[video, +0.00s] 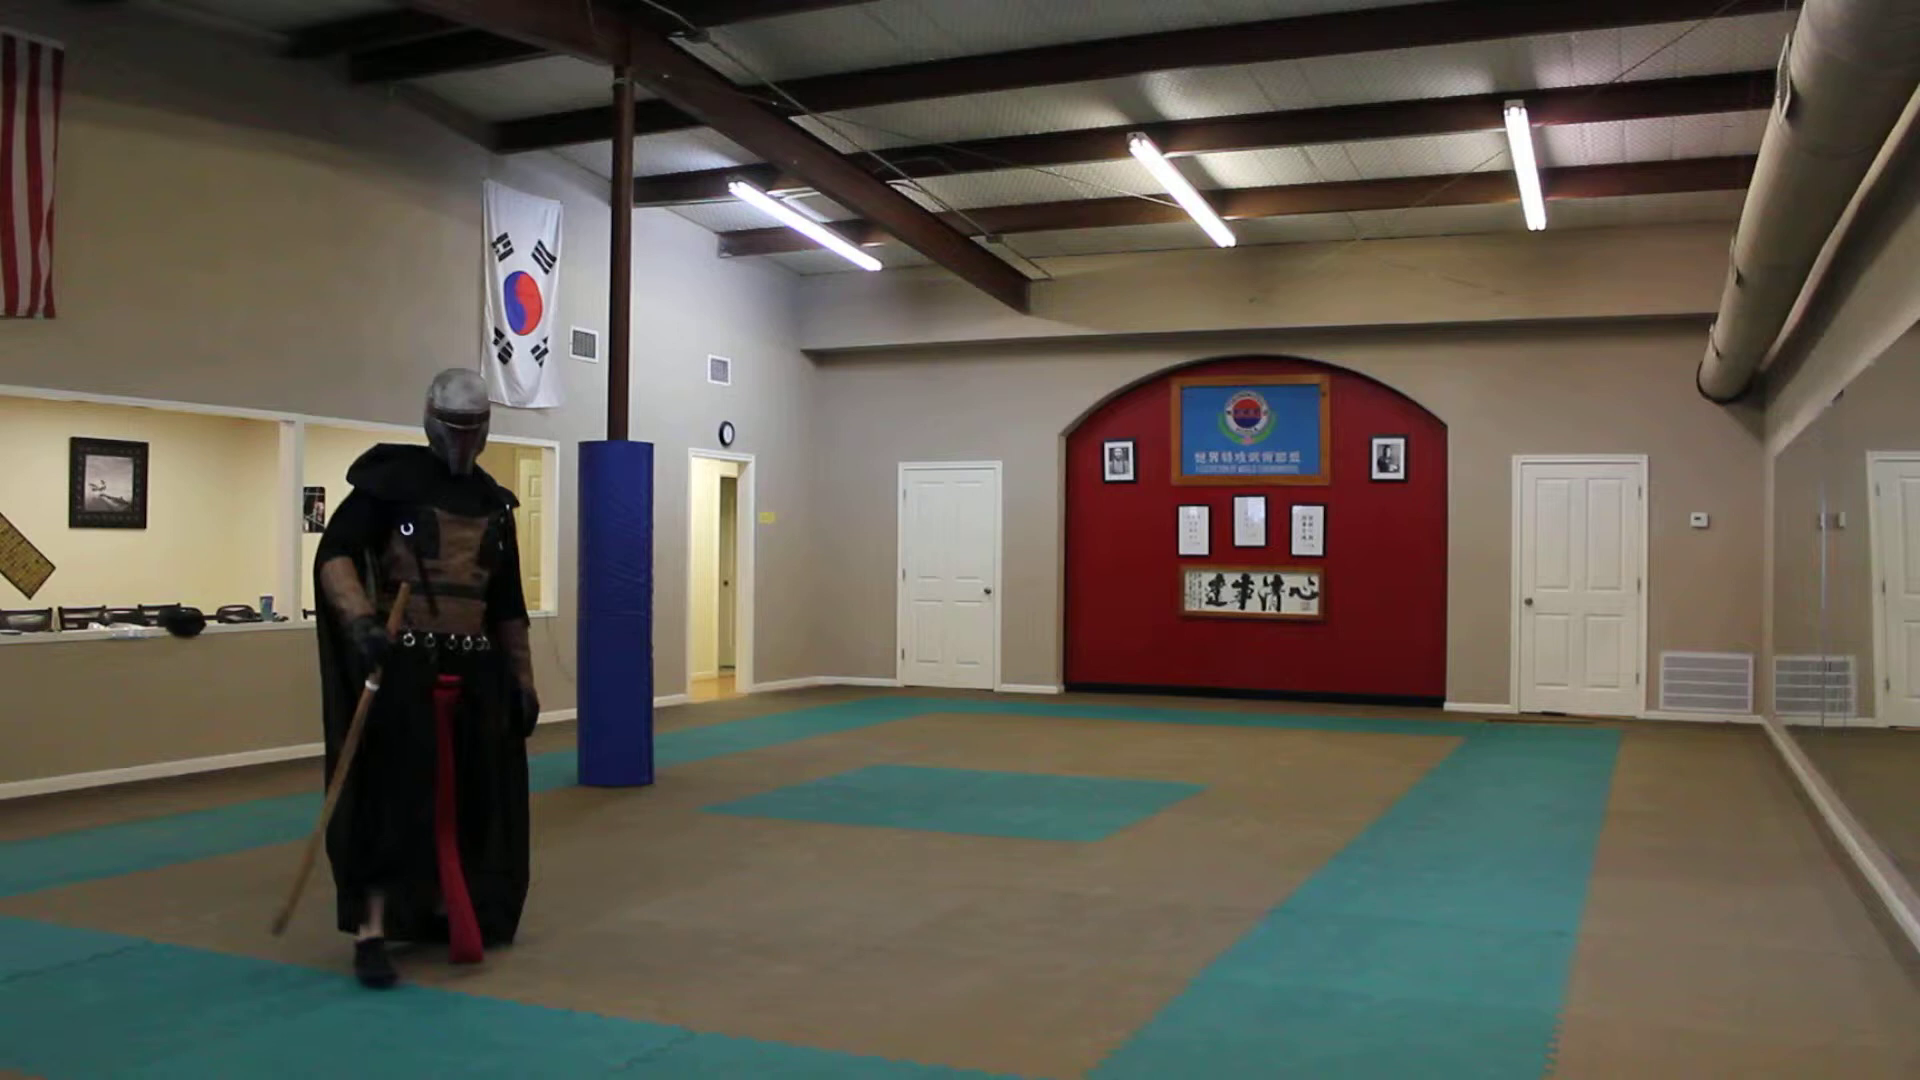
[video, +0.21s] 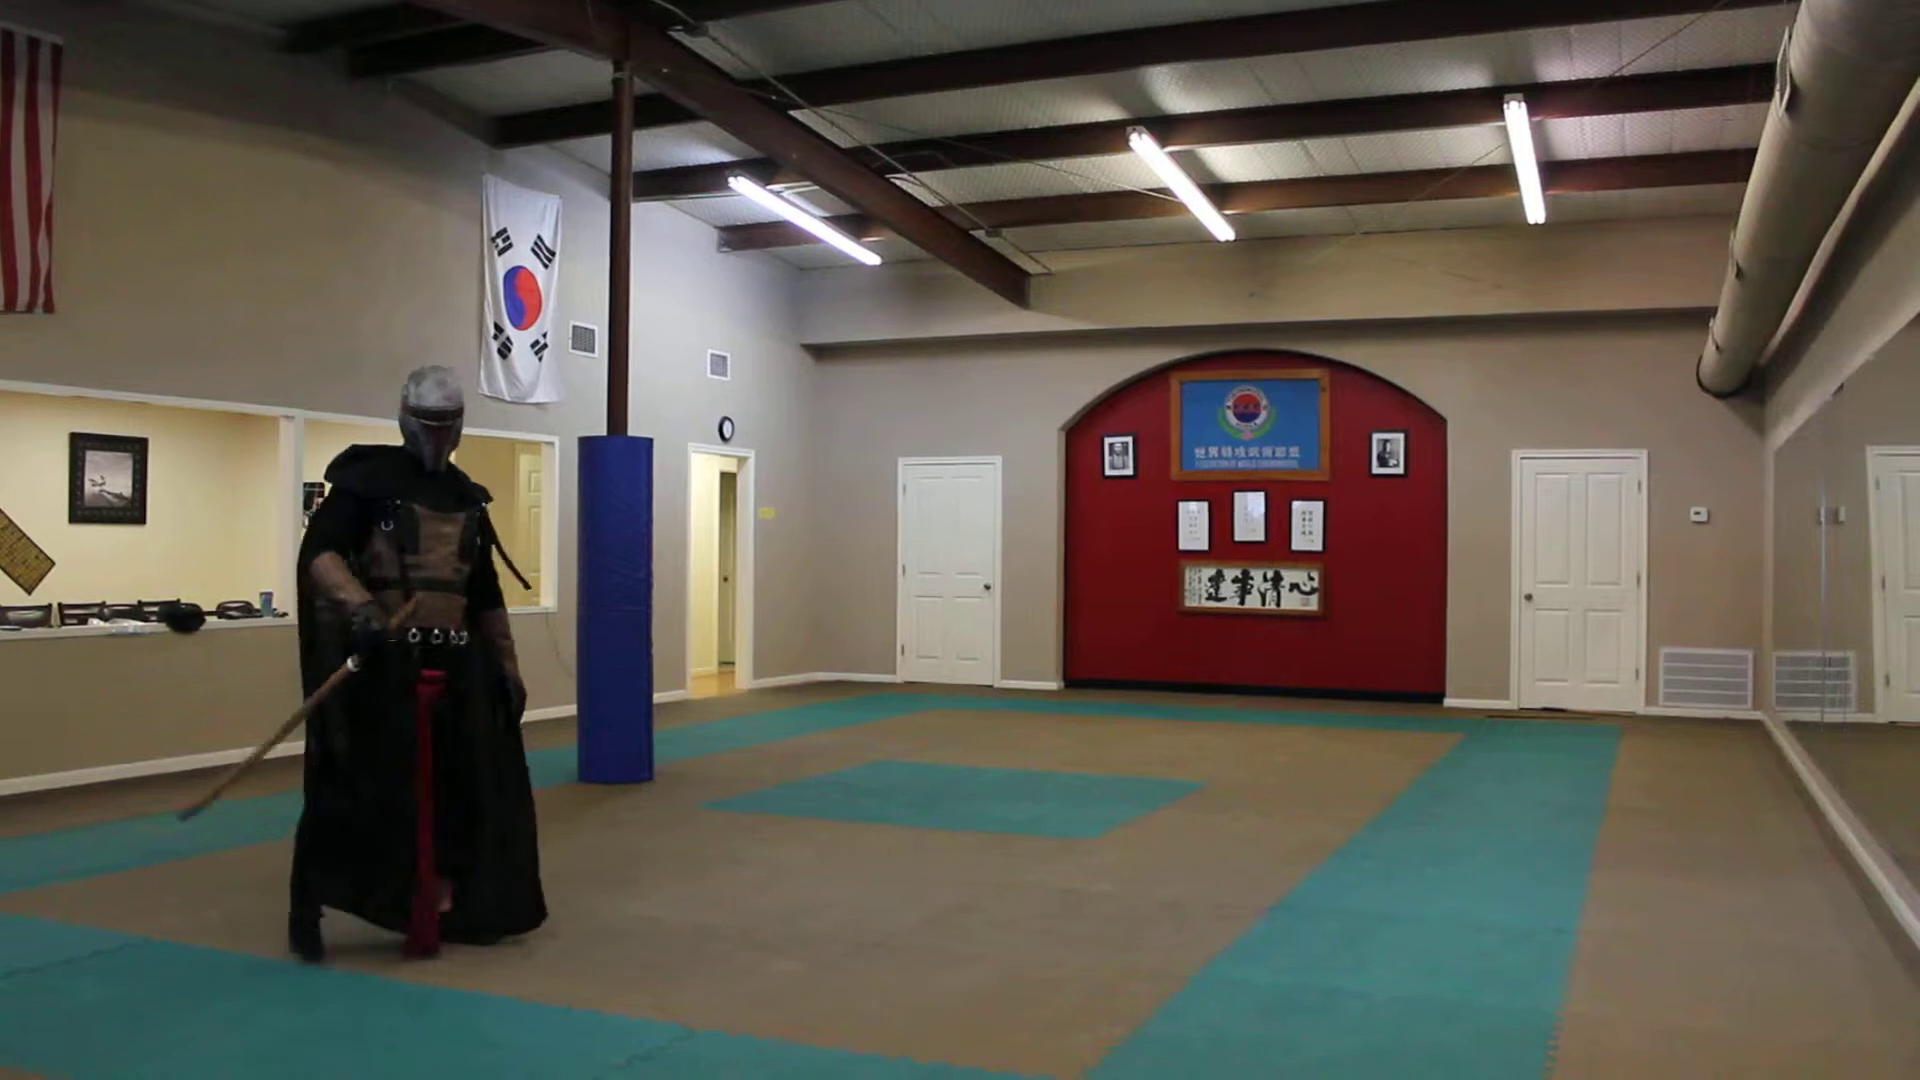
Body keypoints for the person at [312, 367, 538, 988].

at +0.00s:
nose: (465, 438)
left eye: (475, 426)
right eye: (453, 425)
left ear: (488, 425)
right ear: (429, 421)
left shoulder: (493, 503)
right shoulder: (392, 481)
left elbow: (507, 603)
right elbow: (334, 556)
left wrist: (522, 679)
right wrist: (361, 622)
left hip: (472, 665)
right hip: (401, 663)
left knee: (469, 794)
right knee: (385, 793)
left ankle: (452, 912)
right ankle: (372, 930)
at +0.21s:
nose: (439, 435)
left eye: (450, 423)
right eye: (427, 422)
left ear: (462, 424)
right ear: (404, 420)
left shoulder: (465, 498)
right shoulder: (366, 474)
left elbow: (485, 594)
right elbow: (320, 555)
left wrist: (506, 666)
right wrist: (361, 608)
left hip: (454, 664)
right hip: (379, 663)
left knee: (463, 787)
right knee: (345, 788)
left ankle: (459, 908)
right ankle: (307, 907)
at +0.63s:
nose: (341, 440)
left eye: (350, 427)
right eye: (328, 428)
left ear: (363, 422)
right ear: (304, 423)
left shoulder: (374, 488)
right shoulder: (272, 479)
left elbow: (392, 575)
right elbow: (242, 579)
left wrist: (414, 644)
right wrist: (258, 664)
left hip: (365, 652)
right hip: (292, 657)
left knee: (400, 764)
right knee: (280, 780)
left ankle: (414, 885)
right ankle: (273, 905)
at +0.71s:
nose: (330, 432)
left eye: (338, 420)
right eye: (317, 421)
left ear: (349, 416)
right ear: (291, 418)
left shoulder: (363, 482)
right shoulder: (259, 479)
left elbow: (386, 567)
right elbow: (222, 576)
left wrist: (391, 638)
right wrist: (235, 658)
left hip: (354, 654)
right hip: (280, 656)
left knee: (383, 765)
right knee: (274, 779)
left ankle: (388, 881)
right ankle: (272, 905)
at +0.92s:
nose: (304, 426)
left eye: (313, 414)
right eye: (291, 416)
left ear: (326, 412)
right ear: (267, 416)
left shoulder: (349, 480)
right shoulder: (238, 474)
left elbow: (372, 564)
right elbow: (201, 563)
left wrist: (378, 639)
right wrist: (208, 643)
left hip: (332, 652)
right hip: (257, 651)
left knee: (327, 765)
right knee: (261, 769)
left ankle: (314, 880)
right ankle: (266, 897)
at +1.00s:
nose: (301, 428)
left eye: (309, 416)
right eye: (287, 418)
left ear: (322, 415)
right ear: (264, 420)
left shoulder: (345, 485)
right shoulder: (238, 478)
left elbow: (370, 567)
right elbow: (199, 563)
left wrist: (383, 639)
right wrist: (202, 640)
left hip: (329, 651)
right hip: (254, 651)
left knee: (318, 766)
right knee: (262, 767)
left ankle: (295, 873)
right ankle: (266, 890)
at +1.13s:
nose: (300, 436)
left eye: (308, 424)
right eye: (287, 426)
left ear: (323, 422)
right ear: (266, 426)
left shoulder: (340, 491)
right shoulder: (240, 483)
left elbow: (366, 568)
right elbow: (199, 569)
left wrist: (392, 631)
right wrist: (196, 648)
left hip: (322, 652)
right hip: (252, 650)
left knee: (308, 762)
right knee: (263, 765)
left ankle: (291, 872)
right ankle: (265, 889)